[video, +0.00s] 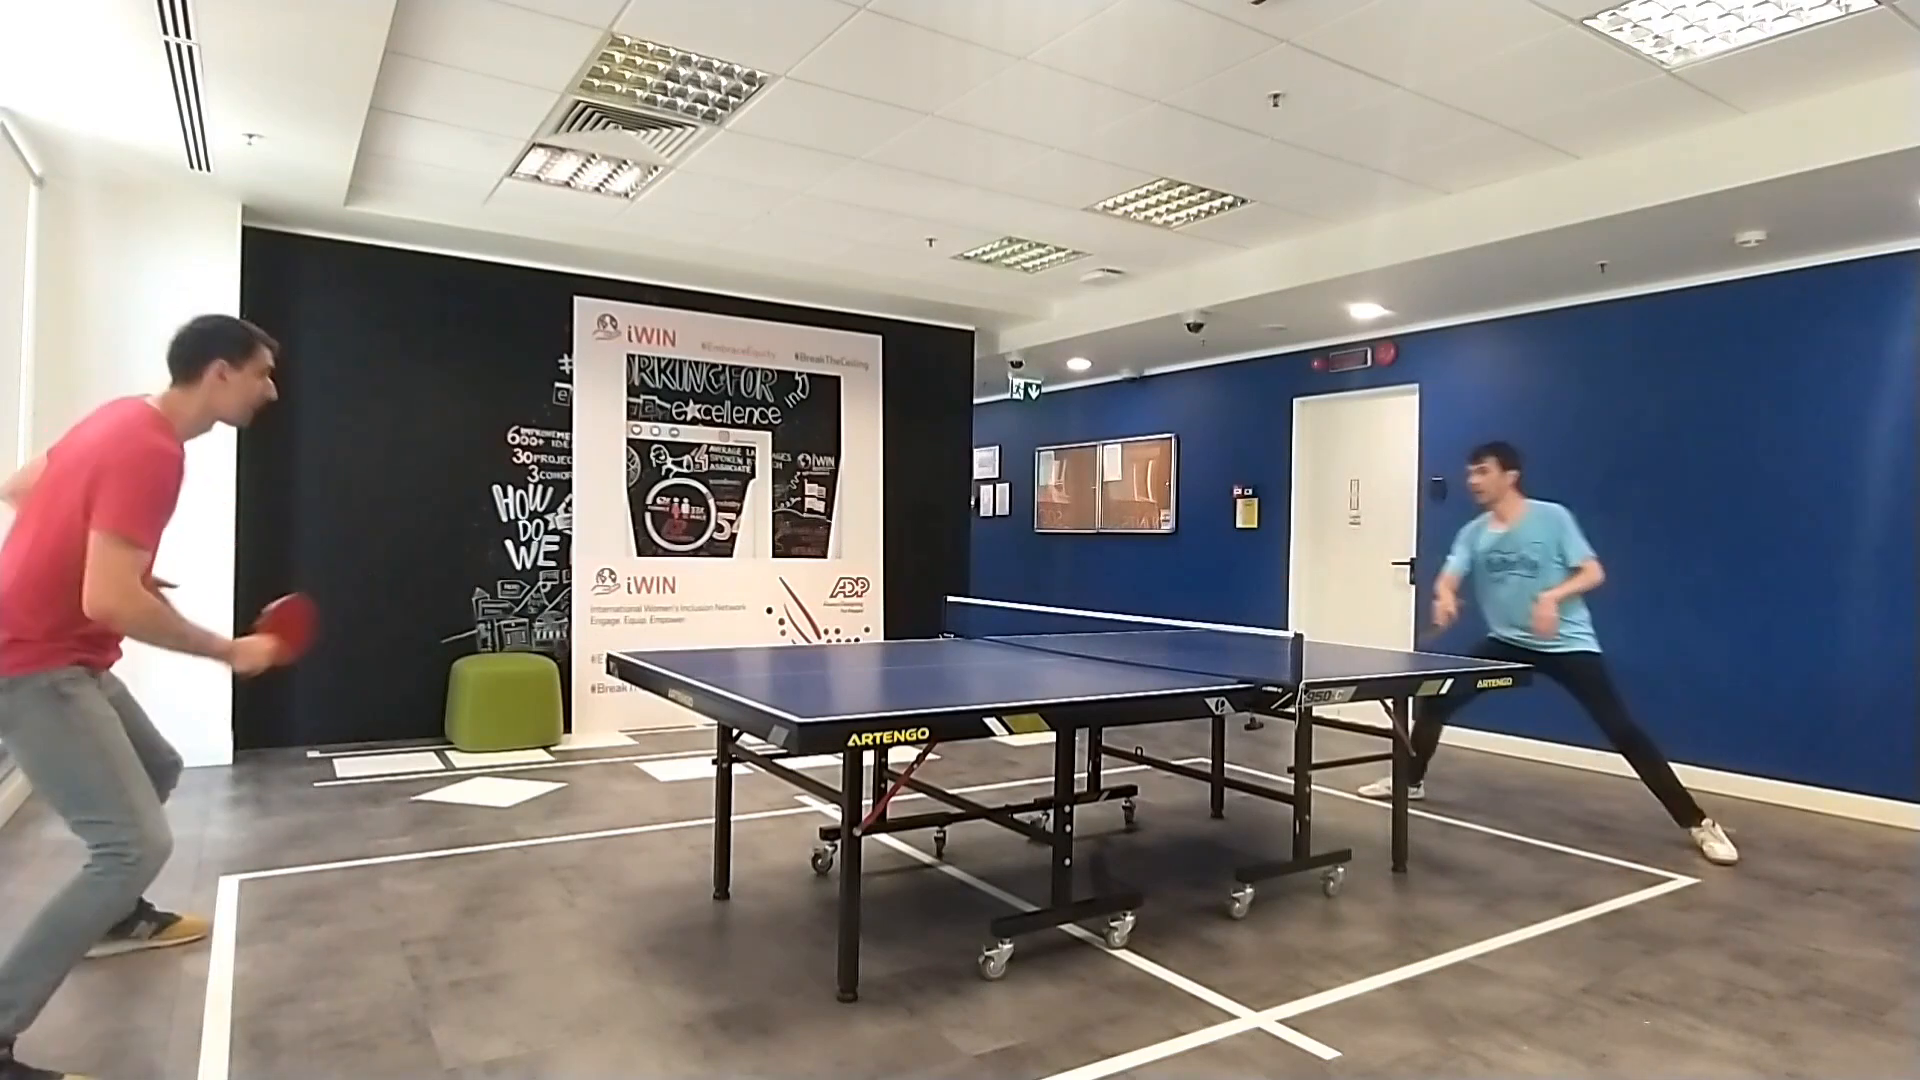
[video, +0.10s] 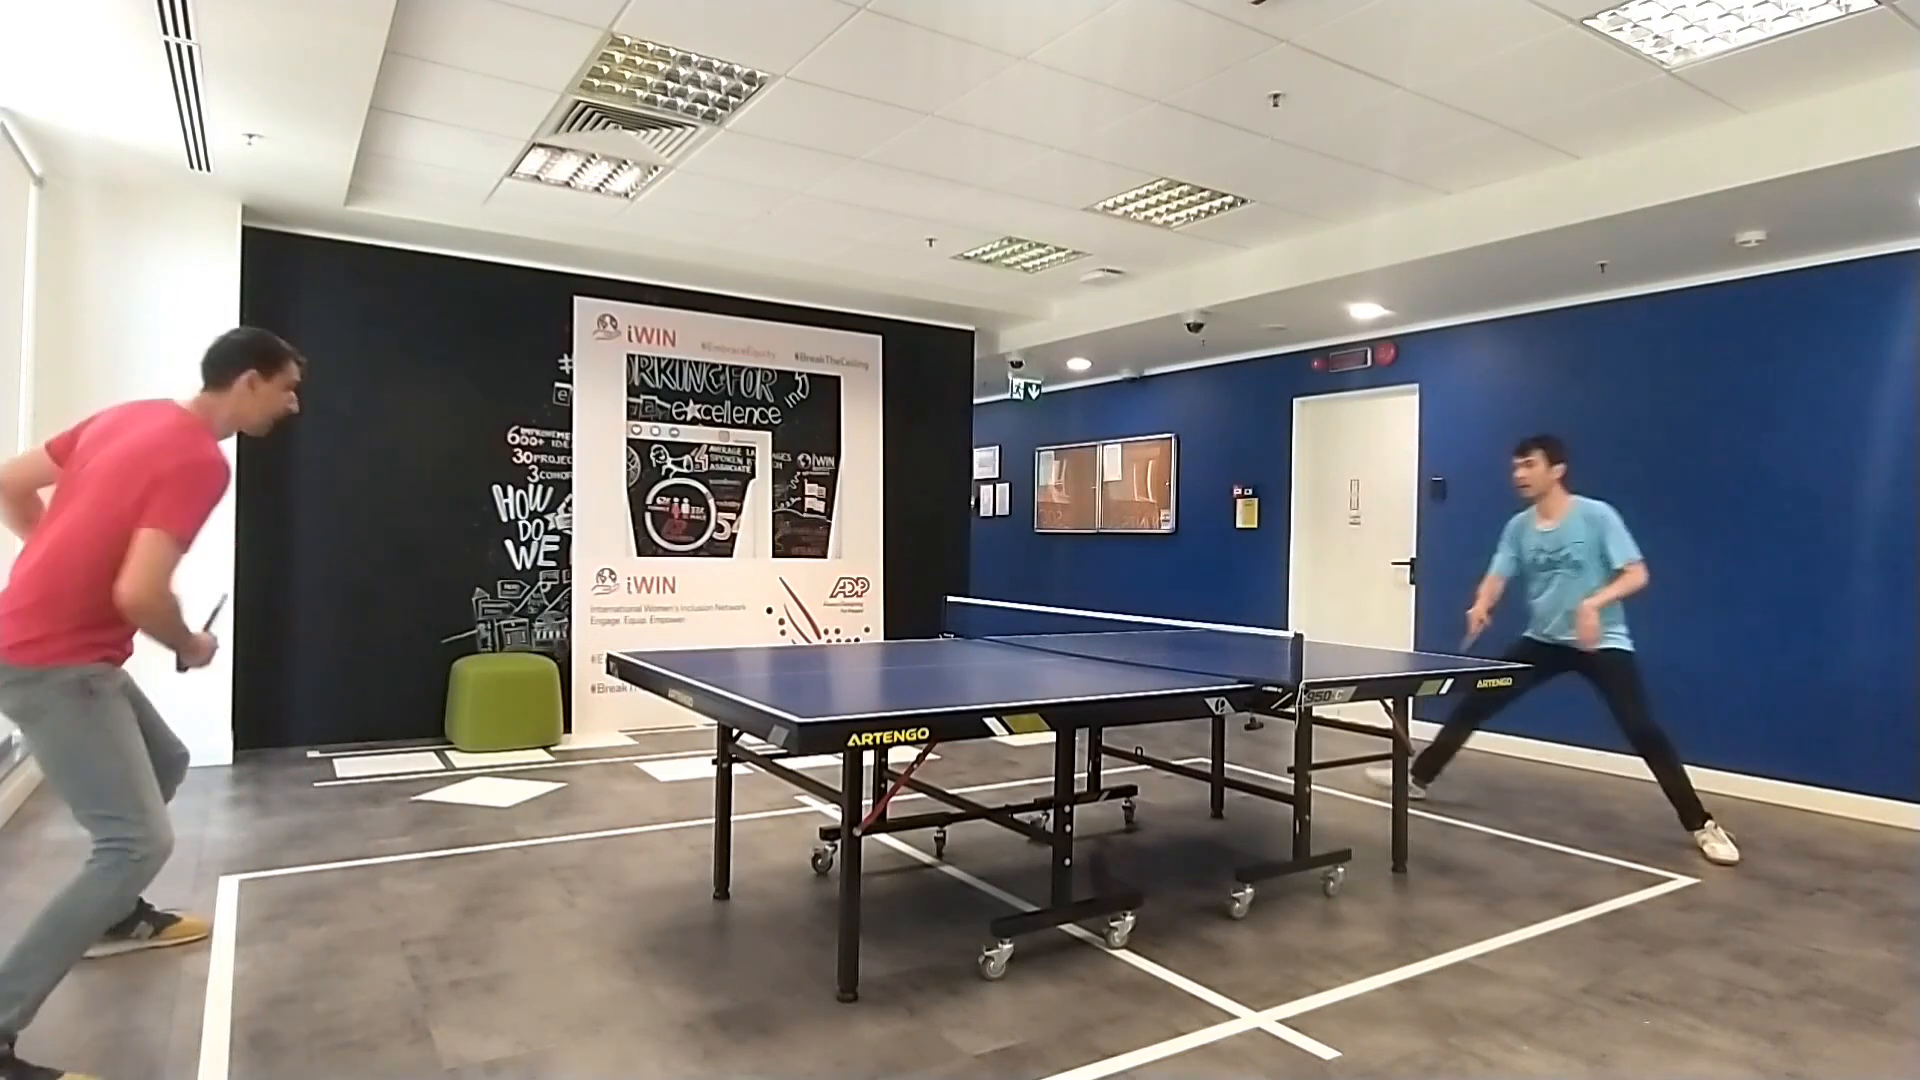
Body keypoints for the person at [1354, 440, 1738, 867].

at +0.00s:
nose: (1473, 481)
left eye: (1481, 473)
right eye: (1470, 474)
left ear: (1510, 476)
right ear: (1473, 482)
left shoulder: (1552, 517)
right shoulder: (1473, 532)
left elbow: (1592, 572)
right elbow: (1447, 579)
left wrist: (1551, 596)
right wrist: (1445, 599)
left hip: (1569, 648)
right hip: (1507, 645)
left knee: (1622, 730)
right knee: (1433, 700)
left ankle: (1698, 825)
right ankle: (1404, 780)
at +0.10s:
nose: (1518, 474)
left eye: (1527, 465)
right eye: (1516, 467)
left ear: (1557, 469)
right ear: (1518, 474)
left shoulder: (1598, 515)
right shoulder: (1518, 527)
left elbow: (1636, 574)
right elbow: (1496, 577)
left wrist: (1595, 601)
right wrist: (1482, 605)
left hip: (1603, 646)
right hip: (1541, 642)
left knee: (1642, 731)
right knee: (1473, 703)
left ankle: (1701, 826)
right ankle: (1417, 776)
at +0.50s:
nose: (1570, 474)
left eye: (1578, 464)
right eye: (1566, 466)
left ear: (1606, 465)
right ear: (1566, 471)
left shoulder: (1643, 508)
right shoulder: (1579, 524)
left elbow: (1698, 561)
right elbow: (1592, 576)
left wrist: (1650, 571)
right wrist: (1545, 599)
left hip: (1672, 628)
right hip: (1622, 634)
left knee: (1702, 712)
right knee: (1569, 704)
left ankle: (1802, 815)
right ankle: (1592, 786)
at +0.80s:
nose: (1689, 478)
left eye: (1690, 466)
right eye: (1685, 468)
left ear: (1715, 453)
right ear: (1714, 457)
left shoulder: (1766, 500)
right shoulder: (1733, 500)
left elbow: (1791, 575)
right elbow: (1734, 558)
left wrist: (1723, 553)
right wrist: (1682, 542)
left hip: (1763, 650)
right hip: (1717, 635)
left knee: (1775, 751)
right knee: (1664, 702)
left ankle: (1869, 854)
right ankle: (1629, 780)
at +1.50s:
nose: (1696, 479)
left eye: (1706, 469)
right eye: (1693, 472)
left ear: (1738, 475)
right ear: (1693, 480)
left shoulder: (1770, 531)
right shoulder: (1706, 521)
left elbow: (1790, 606)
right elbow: (1710, 569)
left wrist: (1722, 623)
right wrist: (1667, 601)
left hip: (1779, 651)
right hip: (1730, 646)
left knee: (1798, 736)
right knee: (1660, 704)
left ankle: (1873, 854)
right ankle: (1648, 783)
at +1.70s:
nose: (1616, 492)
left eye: (1625, 483)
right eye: (1613, 486)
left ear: (1653, 487)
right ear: (1616, 494)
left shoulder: (1675, 528)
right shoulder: (1653, 536)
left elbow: (1685, 598)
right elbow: (1680, 599)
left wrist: (1627, 611)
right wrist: (1653, 640)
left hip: (1735, 646)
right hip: (1697, 645)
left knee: (1770, 737)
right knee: (1630, 696)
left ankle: (1857, 849)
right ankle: (1646, 784)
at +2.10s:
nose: (1549, 488)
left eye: (1555, 478)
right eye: (1548, 480)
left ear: (1584, 475)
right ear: (1576, 480)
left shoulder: (1612, 507)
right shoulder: (1597, 518)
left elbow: (1650, 546)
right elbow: (1642, 555)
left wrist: (1602, 577)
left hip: (1695, 618)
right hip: (1661, 624)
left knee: (1682, 698)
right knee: (1634, 697)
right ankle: (1650, 784)